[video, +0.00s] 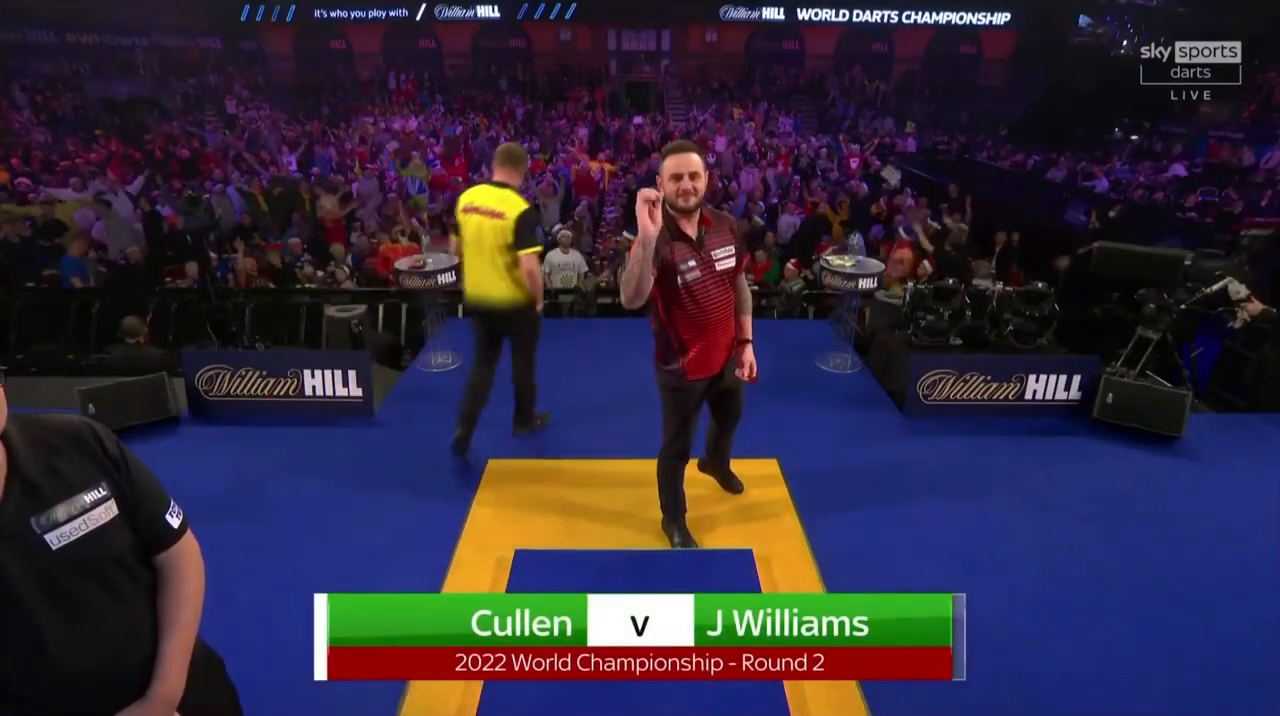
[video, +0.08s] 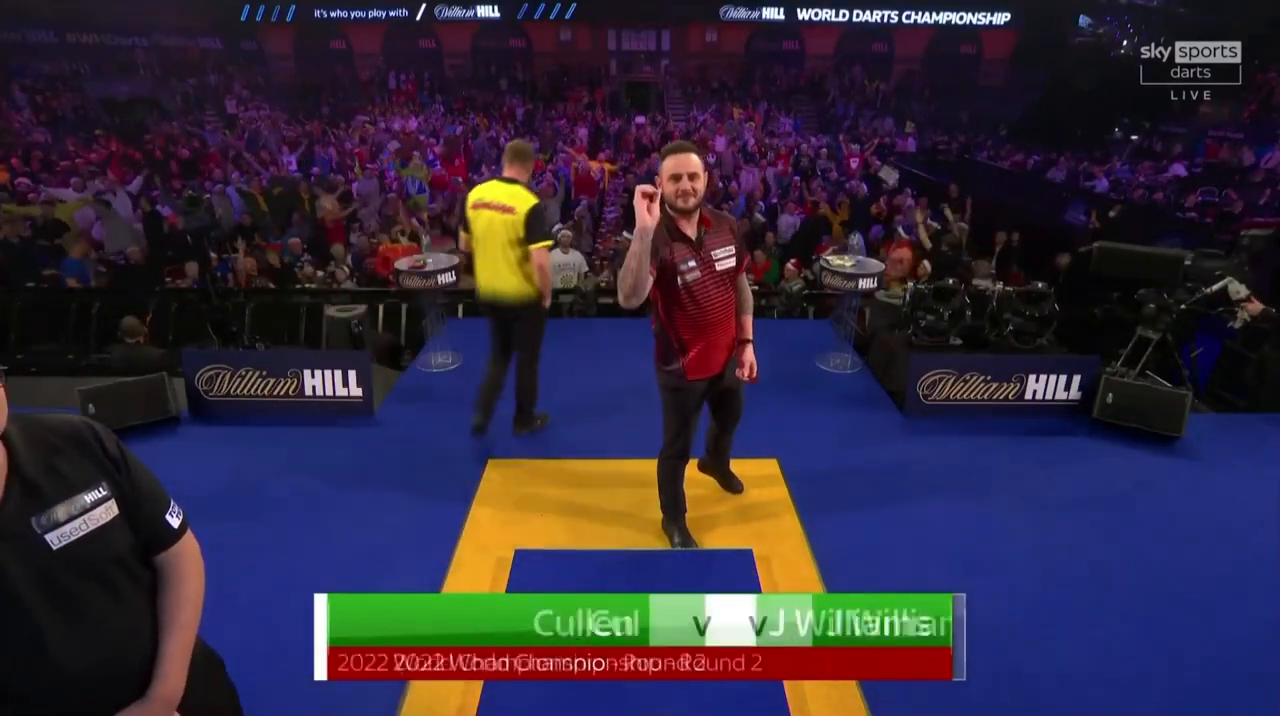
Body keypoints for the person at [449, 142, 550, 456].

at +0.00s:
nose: (522, 177)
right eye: (524, 172)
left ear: (494, 168)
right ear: (523, 172)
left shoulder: (466, 198)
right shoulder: (521, 210)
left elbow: (455, 245)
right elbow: (529, 263)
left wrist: (479, 257)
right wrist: (538, 298)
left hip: (477, 297)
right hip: (514, 300)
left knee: (482, 366)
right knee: (523, 362)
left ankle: (463, 430)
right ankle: (524, 418)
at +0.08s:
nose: (530, 173)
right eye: (531, 168)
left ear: (504, 163)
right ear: (530, 168)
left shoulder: (475, 194)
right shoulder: (530, 205)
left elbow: (465, 243)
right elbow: (540, 259)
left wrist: (491, 245)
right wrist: (546, 293)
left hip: (488, 289)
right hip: (522, 293)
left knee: (499, 354)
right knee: (527, 359)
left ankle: (481, 415)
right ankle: (524, 417)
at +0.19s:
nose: (543, 169)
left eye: (542, 164)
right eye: (544, 164)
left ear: (516, 159)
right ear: (542, 163)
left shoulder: (488, 189)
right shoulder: (541, 198)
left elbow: (477, 238)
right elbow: (552, 252)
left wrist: (505, 238)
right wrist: (557, 287)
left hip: (502, 283)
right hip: (534, 286)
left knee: (519, 348)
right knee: (530, 354)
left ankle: (516, 410)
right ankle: (524, 417)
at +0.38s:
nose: (558, 168)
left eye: (558, 164)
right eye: (559, 164)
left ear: (531, 159)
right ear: (555, 163)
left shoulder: (506, 189)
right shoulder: (556, 197)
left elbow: (495, 235)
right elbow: (564, 249)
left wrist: (520, 239)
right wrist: (570, 284)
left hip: (518, 279)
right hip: (547, 282)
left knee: (541, 333)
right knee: (537, 352)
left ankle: (554, 373)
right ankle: (524, 417)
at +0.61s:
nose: (585, 163)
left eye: (585, 157)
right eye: (584, 157)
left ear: (558, 154)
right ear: (574, 155)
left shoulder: (536, 180)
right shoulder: (570, 189)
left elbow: (529, 223)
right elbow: (574, 237)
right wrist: (586, 272)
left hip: (544, 268)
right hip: (567, 270)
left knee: (565, 319)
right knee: (582, 329)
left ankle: (566, 372)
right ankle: (544, 386)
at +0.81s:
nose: (607, 155)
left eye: (607, 149)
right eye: (604, 149)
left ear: (583, 150)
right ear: (589, 149)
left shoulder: (565, 174)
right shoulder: (582, 181)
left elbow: (565, 218)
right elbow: (576, 226)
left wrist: (601, 223)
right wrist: (591, 262)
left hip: (563, 262)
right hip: (581, 265)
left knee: (569, 322)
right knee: (609, 316)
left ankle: (568, 374)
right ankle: (597, 375)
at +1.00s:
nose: (625, 154)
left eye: (626, 149)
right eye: (620, 148)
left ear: (614, 151)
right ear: (602, 150)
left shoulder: (604, 179)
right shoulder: (595, 181)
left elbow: (604, 218)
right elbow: (581, 226)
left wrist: (625, 228)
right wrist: (596, 262)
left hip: (603, 264)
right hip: (598, 266)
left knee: (584, 321)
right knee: (618, 317)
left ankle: (570, 372)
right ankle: (625, 369)